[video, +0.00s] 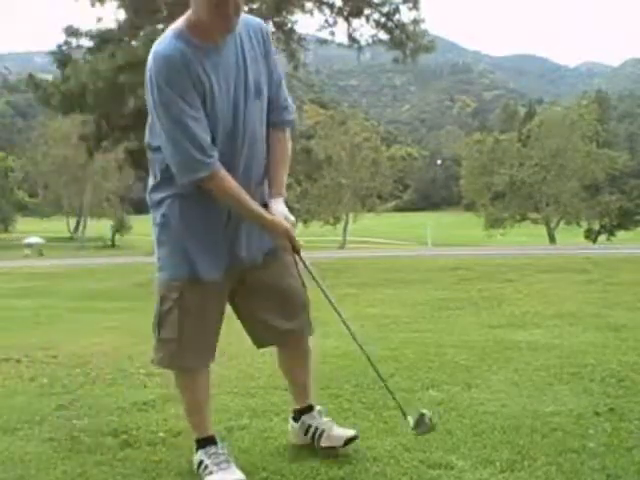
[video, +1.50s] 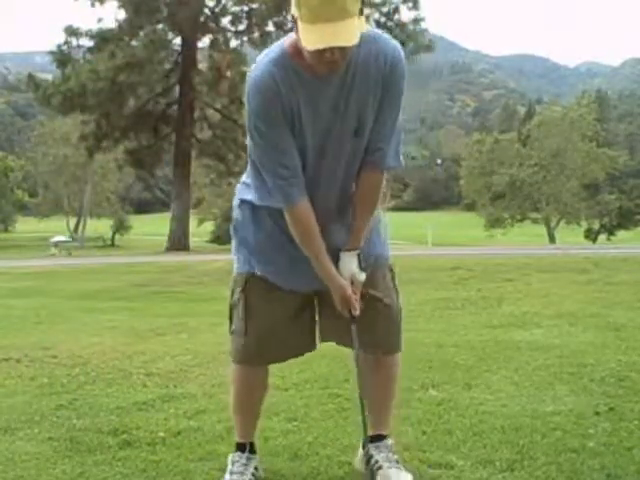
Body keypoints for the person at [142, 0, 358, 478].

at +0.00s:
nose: (237, 5)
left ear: (245, 0)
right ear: (198, 1)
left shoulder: (257, 34)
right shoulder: (169, 58)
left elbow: (279, 120)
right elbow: (201, 167)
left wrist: (276, 197)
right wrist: (266, 220)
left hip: (256, 213)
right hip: (193, 220)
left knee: (293, 313)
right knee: (191, 338)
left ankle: (306, 417)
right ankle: (207, 447)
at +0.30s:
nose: (284, 8)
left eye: (289, 3)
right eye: (274, 4)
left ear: (293, 3)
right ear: (246, 4)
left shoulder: (310, 36)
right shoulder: (215, 59)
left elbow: (325, 133)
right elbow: (235, 168)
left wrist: (317, 211)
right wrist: (295, 232)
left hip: (298, 219)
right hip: (230, 222)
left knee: (350, 316)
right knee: (213, 337)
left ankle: (395, 427)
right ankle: (209, 449)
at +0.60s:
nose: (355, 27)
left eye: (365, 17)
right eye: (344, 18)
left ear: (377, 10)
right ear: (320, 10)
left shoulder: (401, 51)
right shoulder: (290, 65)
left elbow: (403, 153)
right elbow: (304, 178)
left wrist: (370, 234)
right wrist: (347, 257)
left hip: (365, 229)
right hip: (289, 223)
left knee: (386, 344)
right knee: (252, 337)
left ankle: (396, 454)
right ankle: (220, 439)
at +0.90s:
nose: (385, 45)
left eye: (396, 34)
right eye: (374, 34)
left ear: (412, 19)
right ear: (349, 14)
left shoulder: (433, 58)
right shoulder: (318, 68)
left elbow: (422, 162)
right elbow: (327, 182)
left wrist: (389, 245)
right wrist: (363, 267)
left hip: (385, 228)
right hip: (307, 220)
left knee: (392, 346)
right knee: (270, 334)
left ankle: (397, 455)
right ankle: (247, 443)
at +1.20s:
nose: (352, 51)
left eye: (362, 40)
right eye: (340, 40)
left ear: (377, 22)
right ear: (317, 22)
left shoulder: (404, 60)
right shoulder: (287, 78)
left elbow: (395, 165)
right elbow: (304, 192)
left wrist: (368, 253)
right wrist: (340, 275)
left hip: (364, 228)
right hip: (286, 225)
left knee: (382, 347)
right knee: (258, 345)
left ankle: (394, 455)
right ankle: (244, 452)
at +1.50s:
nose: (329, 53)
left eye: (340, 41)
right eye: (317, 43)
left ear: (358, 23)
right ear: (295, 23)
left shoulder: (385, 59)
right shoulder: (268, 79)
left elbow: (376, 161)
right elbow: (288, 192)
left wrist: (353, 250)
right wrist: (330, 273)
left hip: (356, 221)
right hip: (274, 222)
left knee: (382, 328)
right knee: (251, 340)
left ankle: (379, 446)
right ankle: (243, 453)